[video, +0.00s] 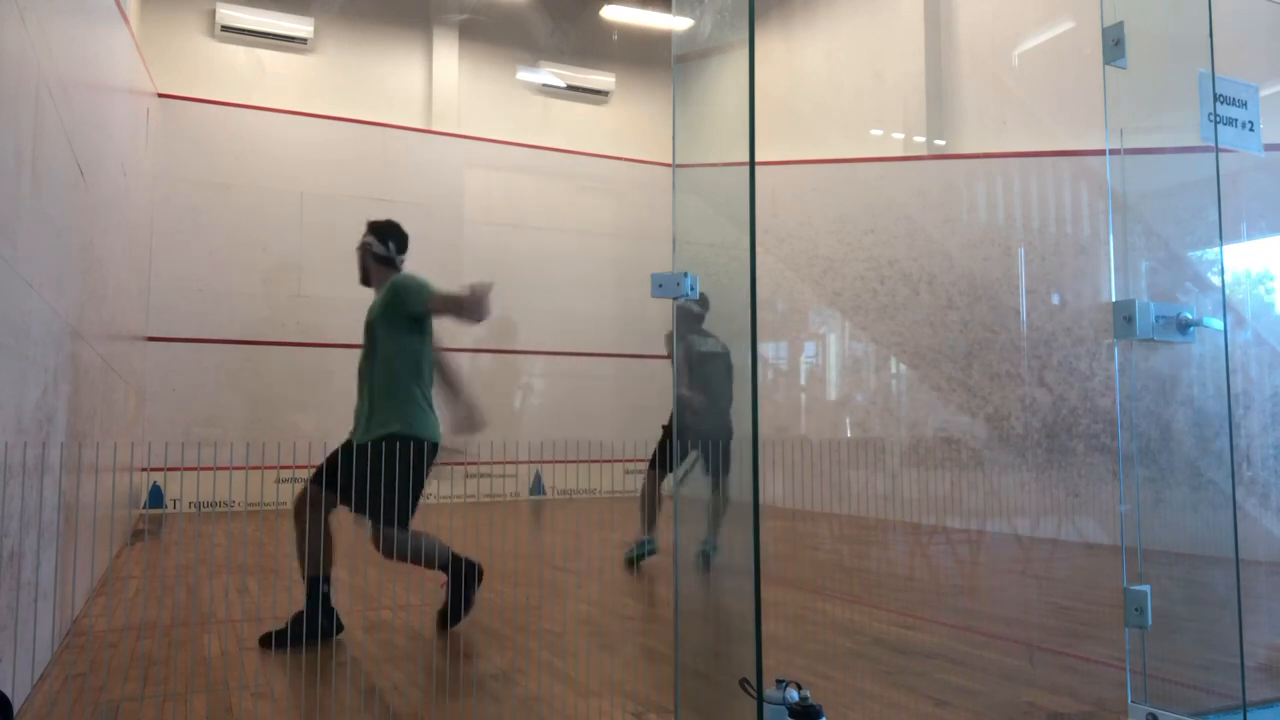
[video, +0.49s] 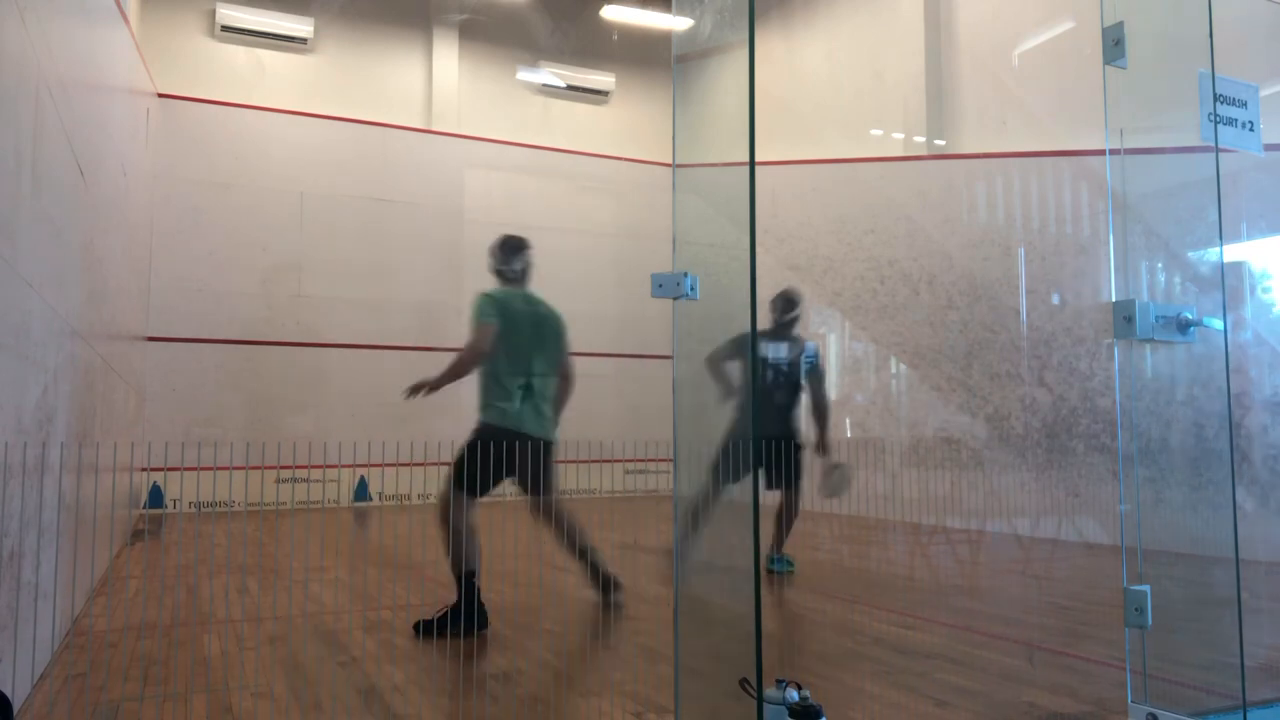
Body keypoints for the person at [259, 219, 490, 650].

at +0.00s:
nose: (357, 260)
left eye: (362, 252)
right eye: (359, 252)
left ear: (376, 256)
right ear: (389, 258)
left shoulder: (403, 289)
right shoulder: (387, 305)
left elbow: (451, 303)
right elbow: (437, 359)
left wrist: (471, 303)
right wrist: (463, 407)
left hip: (406, 435)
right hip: (371, 437)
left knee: (389, 539)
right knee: (308, 506)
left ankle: (461, 570)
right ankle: (318, 611)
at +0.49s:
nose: (499, 270)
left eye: (498, 263)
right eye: (510, 263)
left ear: (494, 266)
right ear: (528, 267)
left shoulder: (491, 302)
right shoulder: (549, 314)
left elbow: (481, 347)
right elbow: (566, 377)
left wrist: (437, 381)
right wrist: (548, 419)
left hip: (498, 433)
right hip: (539, 436)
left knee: (453, 506)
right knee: (546, 505)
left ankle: (468, 605)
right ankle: (604, 580)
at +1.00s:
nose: (641, 283)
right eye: (640, 278)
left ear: (606, 282)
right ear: (637, 281)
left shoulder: (587, 314)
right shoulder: (647, 316)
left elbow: (555, 354)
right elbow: (675, 360)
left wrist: (588, 348)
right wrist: (694, 405)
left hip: (605, 421)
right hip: (641, 420)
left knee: (632, 499)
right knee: (654, 489)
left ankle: (661, 568)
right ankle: (670, 555)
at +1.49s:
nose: (664, 293)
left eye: (662, 285)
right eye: (663, 286)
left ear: (631, 287)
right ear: (655, 288)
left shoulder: (608, 317)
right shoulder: (659, 319)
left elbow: (584, 355)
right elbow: (666, 372)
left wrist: (613, 366)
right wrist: (683, 397)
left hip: (615, 418)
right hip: (650, 419)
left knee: (603, 481)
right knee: (662, 483)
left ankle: (589, 549)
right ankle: (668, 550)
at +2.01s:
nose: (667, 293)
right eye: (667, 287)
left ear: (640, 286)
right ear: (666, 289)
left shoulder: (618, 318)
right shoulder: (668, 322)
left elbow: (587, 348)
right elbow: (670, 373)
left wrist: (605, 383)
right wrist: (695, 376)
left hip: (625, 416)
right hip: (662, 416)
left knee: (606, 478)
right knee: (684, 474)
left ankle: (596, 544)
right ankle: (688, 543)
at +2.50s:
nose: (734, 271)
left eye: (733, 264)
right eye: (734, 263)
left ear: (721, 265)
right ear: (755, 262)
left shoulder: (704, 307)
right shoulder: (776, 308)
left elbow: (676, 360)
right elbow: (798, 368)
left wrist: (668, 407)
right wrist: (811, 417)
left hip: (715, 423)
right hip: (762, 422)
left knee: (709, 506)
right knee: (753, 505)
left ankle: (713, 589)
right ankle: (744, 585)